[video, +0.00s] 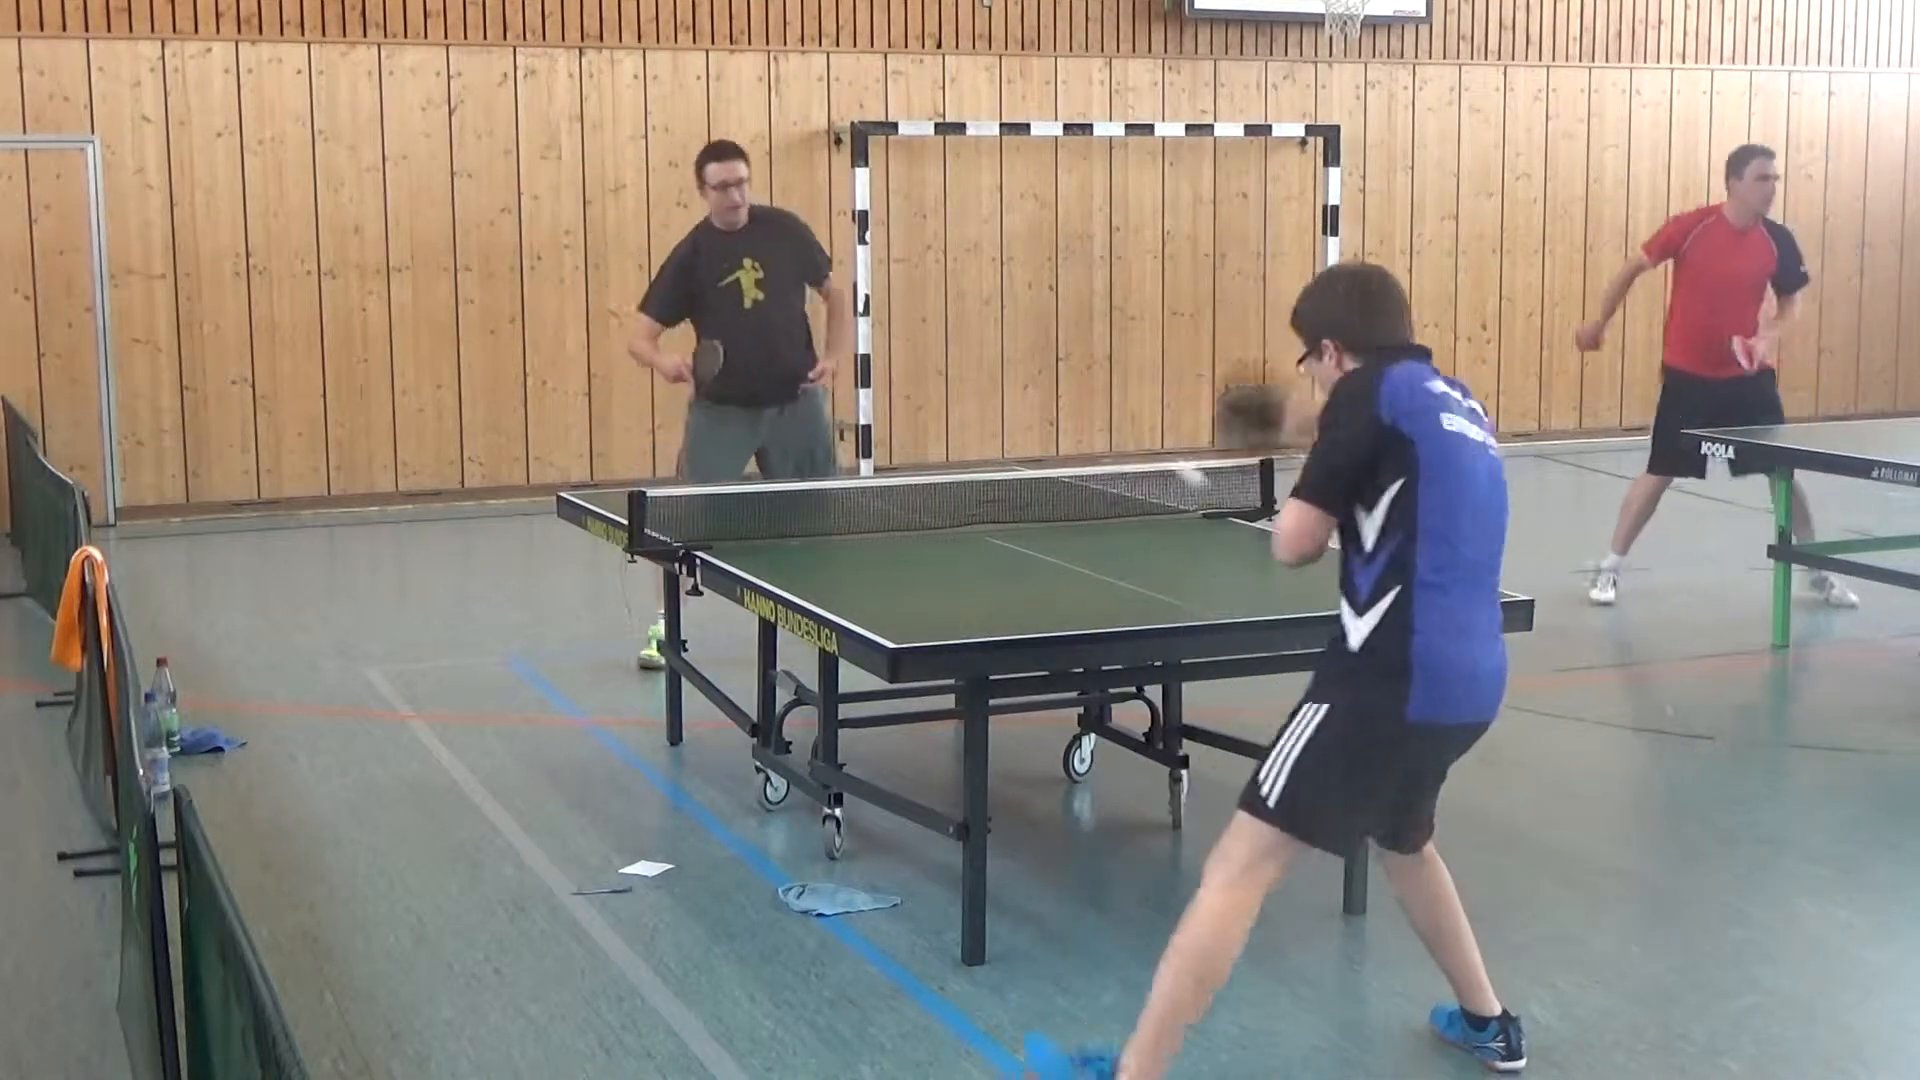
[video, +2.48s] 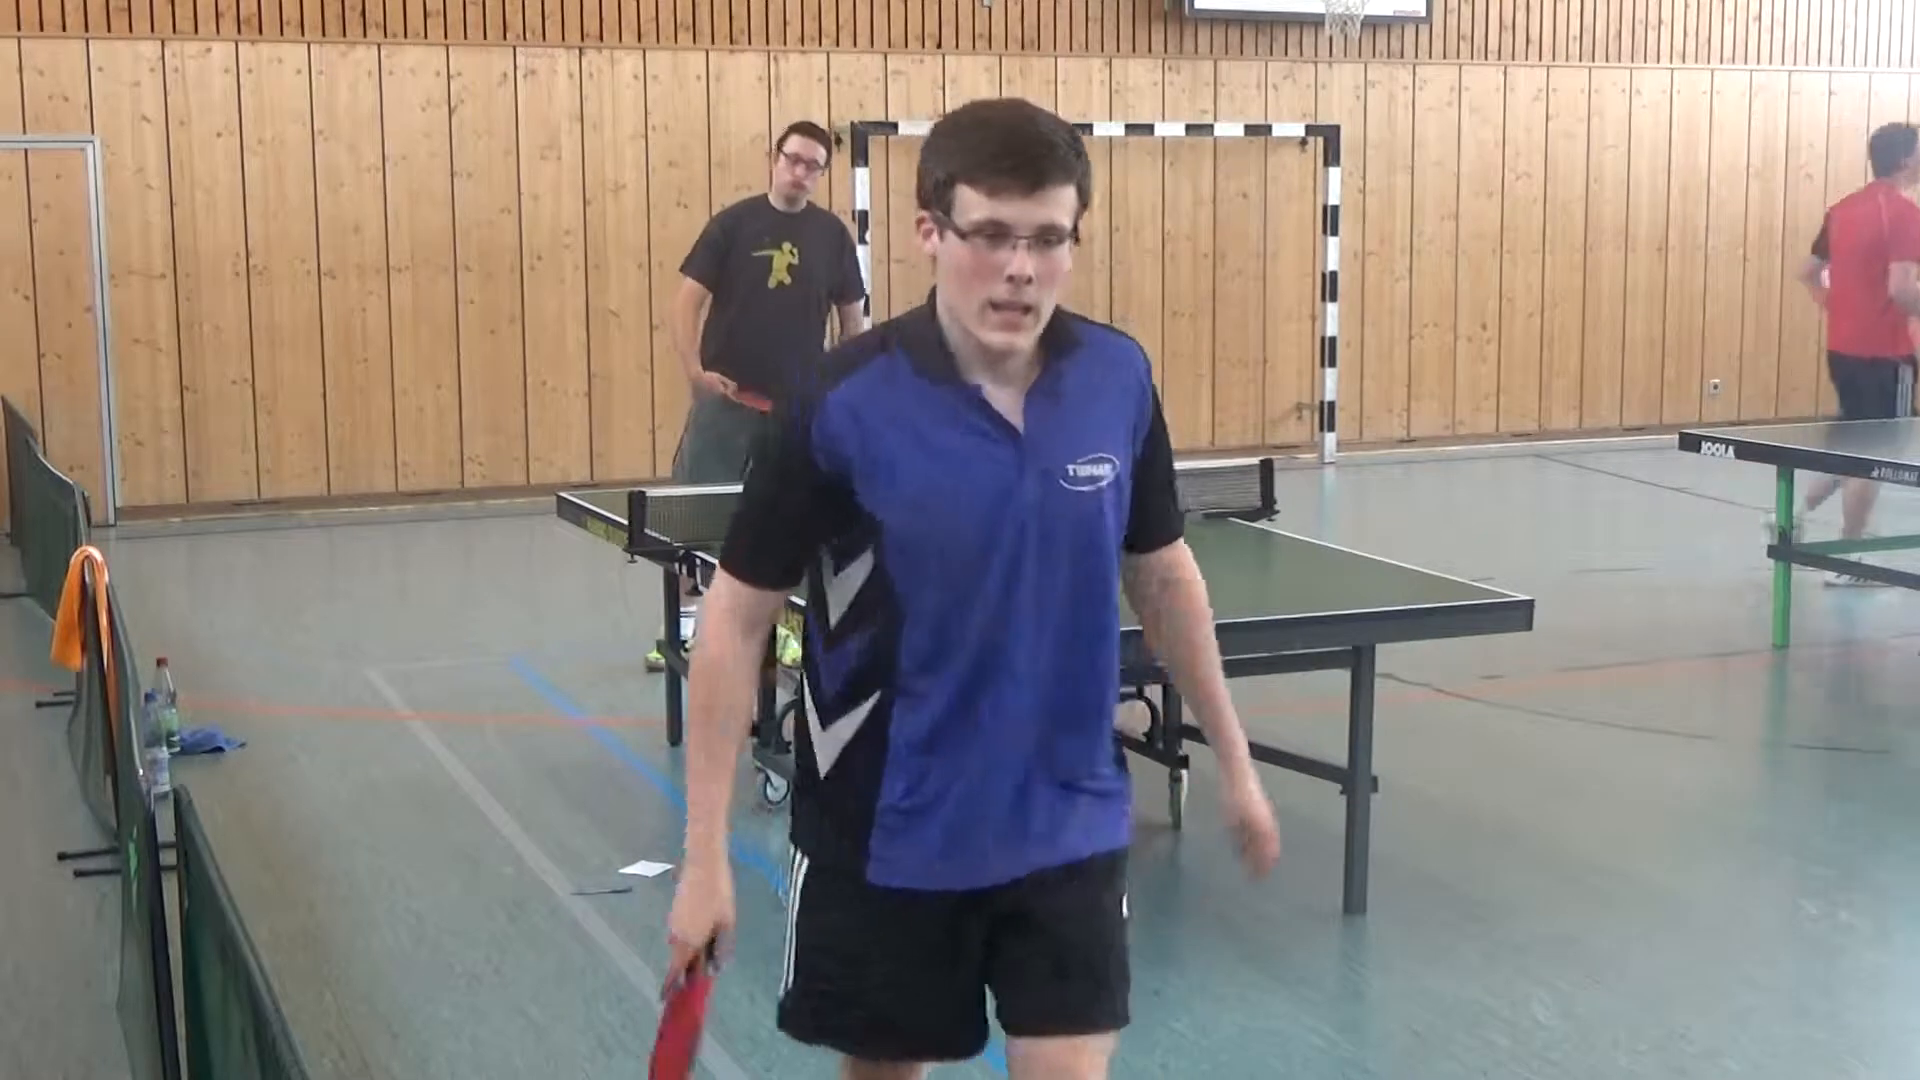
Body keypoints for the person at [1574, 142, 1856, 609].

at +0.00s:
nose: (1773, 188)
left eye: (1776, 180)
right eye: (1764, 179)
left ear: (1771, 185)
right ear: (1734, 183)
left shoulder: (1777, 241)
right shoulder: (1688, 227)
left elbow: (1790, 301)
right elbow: (1633, 268)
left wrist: (1771, 335)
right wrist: (1599, 323)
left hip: (1750, 380)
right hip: (1689, 380)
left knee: (1783, 474)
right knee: (1659, 473)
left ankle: (1817, 570)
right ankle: (1610, 567)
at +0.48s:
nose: (1742, 207)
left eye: (1744, 199)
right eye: (1735, 197)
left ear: (1722, 203)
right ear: (1706, 196)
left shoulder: (1714, 260)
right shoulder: (1664, 235)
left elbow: (1719, 325)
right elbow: (1609, 280)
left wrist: (1785, 354)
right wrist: (1566, 342)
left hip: (1692, 391)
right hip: (1641, 385)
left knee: (1727, 476)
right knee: (1614, 485)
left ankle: (1724, 564)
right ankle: (1542, 559)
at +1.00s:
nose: (1714, 162)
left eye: (1716, 155)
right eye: (1703, 156)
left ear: (1716, 164)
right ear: (1677, 165)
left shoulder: (1728, 230)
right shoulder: (1642, 216)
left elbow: (1733, 307)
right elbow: (1595, 273)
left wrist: (1737, 367)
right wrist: (1559, 327)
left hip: (1699, 372)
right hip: (1643, 368)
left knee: (1704, 466)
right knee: (1609, 463)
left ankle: (1704, 562)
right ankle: (1565, 562)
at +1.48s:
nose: (1726, 156)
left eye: (1726, 149)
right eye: (1715, 149)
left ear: (1723, 160)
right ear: (1689, 162)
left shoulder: (1730, 224)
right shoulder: (1664, 214)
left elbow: (1738, 297)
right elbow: (1635, 282)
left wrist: (1742, 362)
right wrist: (1635, 349)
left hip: (1719, 364)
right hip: (1675, 361)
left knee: (1712, 464)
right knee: (1655, 462)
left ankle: (1693, 564)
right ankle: (1587, 544)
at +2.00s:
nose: (1809, 168)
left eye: (1806, 160)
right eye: (1804, 160)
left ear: (1762, 167)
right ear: (1790, 166)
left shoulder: (1732, 213)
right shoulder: (1783, 213)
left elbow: (1725, 296)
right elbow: (1773, 288)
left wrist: (1800, 333)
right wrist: (1813, 333)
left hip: (1718, 365)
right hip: (1766, 368)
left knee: (1701, 463)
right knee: (1798, 469)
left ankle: (1692, 564)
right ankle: (1834, 555)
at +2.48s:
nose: (1919, 165)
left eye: (1918, 156)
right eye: (1918, 157)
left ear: (1875, 160)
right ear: (1909, 161)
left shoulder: (1842, 208)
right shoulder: (1903, 211)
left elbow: (1808, 271)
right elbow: (1902, 288)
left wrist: (1836, 306)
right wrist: (1919, 308)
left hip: (1842, 346)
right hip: (1879, 349)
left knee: (1859, 443)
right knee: (1869, 454)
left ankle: (1796, 508)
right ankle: (1851, 555)